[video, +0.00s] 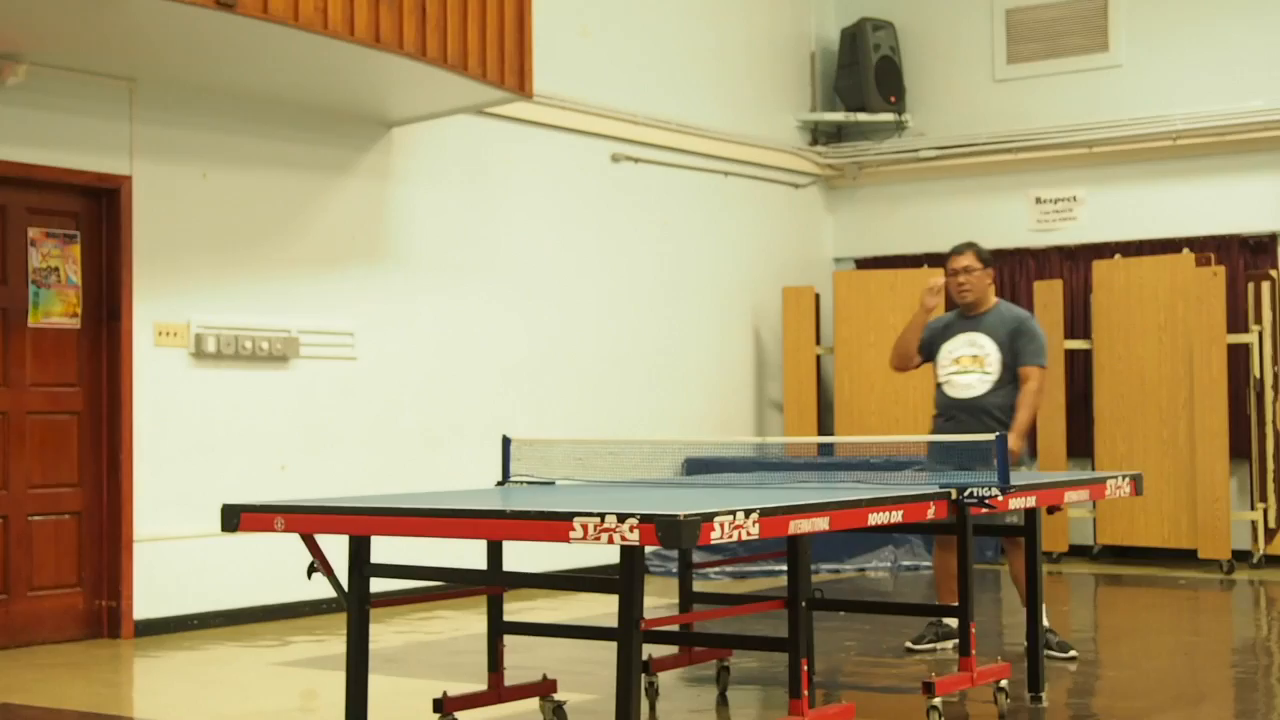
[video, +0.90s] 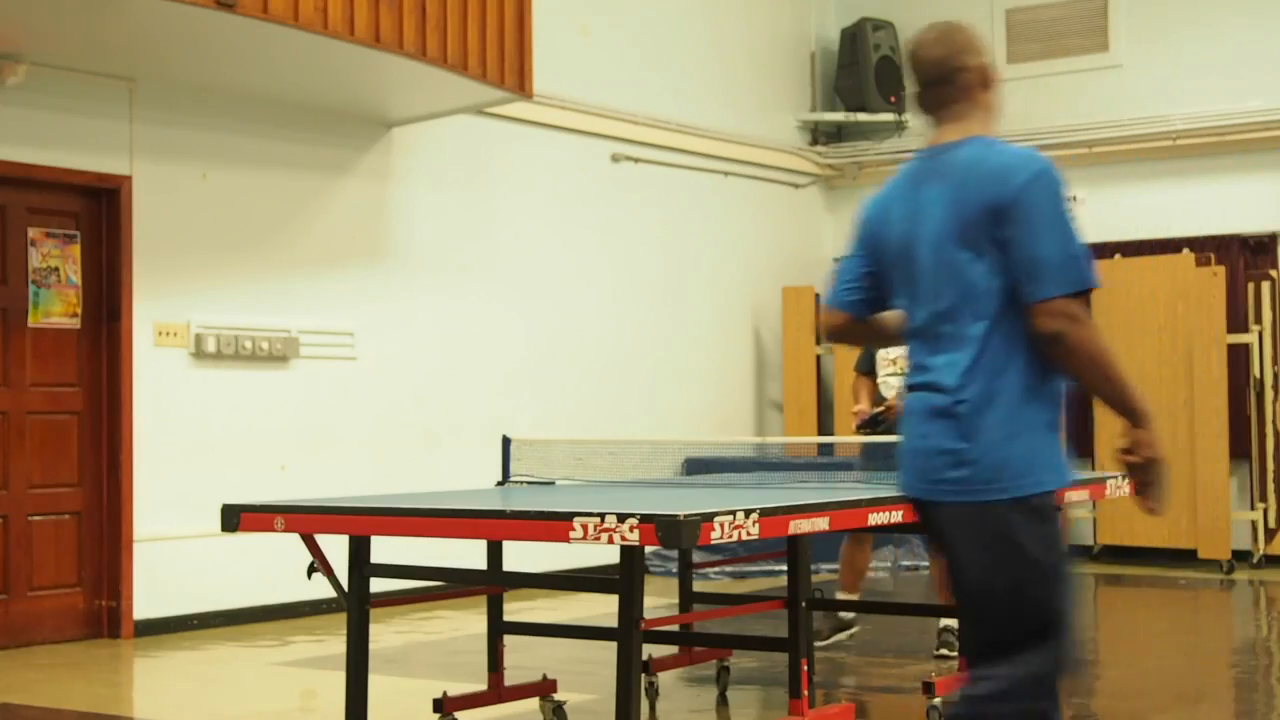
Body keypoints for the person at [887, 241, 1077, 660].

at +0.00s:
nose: (960, 280)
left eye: (968, 272)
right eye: (954, 274)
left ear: (989, 275)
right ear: (947, 282)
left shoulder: (1018, 323)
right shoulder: (941, 327)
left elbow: (1032, 383)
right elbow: (900, 362)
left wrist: (1016, 436)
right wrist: (924, 313)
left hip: (999, 447)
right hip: (947, 448)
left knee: (1017, 538)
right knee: (945, 535)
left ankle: (1038, 626)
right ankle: (948, 623)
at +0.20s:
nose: (934, 278)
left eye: (943, 269)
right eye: (928, 272)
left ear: (963, 274)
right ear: (921, 279)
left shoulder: (992, 320)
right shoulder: (915, 326)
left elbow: (1007, 380)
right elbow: (889, 385)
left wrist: (982, 429)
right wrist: (895, 355)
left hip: (978, 445)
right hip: (929, 447)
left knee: (994, 529)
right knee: (941, 529)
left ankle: (1007, 619)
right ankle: (947, 621)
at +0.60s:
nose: (925, 274)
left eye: (933, 268)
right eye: (918, 268)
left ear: (949, 275)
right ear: (909, 277)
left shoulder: (972, 321)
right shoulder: (901, 324)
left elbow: (993, 382)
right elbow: (887, 377)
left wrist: (938, 411)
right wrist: (885, 411)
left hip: (955, 449)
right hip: (907, 449)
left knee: (949, 534)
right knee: (893, 524)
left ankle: (953, 623)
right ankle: (929, 606)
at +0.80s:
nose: (906, 285)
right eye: (907, 277)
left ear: (942, 285)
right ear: (903, 282)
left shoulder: (961, 327)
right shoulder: (894, 322)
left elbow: (972, 385)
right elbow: (875, 372)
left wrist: (921, 405)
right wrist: (871, 404)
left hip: (941, 444)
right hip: (889, 443)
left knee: (945, 531)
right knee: (862, 518)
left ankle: (951, 622)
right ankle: (874, 604)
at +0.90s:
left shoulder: (945, 332)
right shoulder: (882, 325)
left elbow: (953, 386)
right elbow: (865, 373)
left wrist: (911, 404)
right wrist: (863, 404)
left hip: (932, 441)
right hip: (881, 443)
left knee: (940, 538)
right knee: (860, 526)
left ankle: (948, 622)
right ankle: (845, 608)